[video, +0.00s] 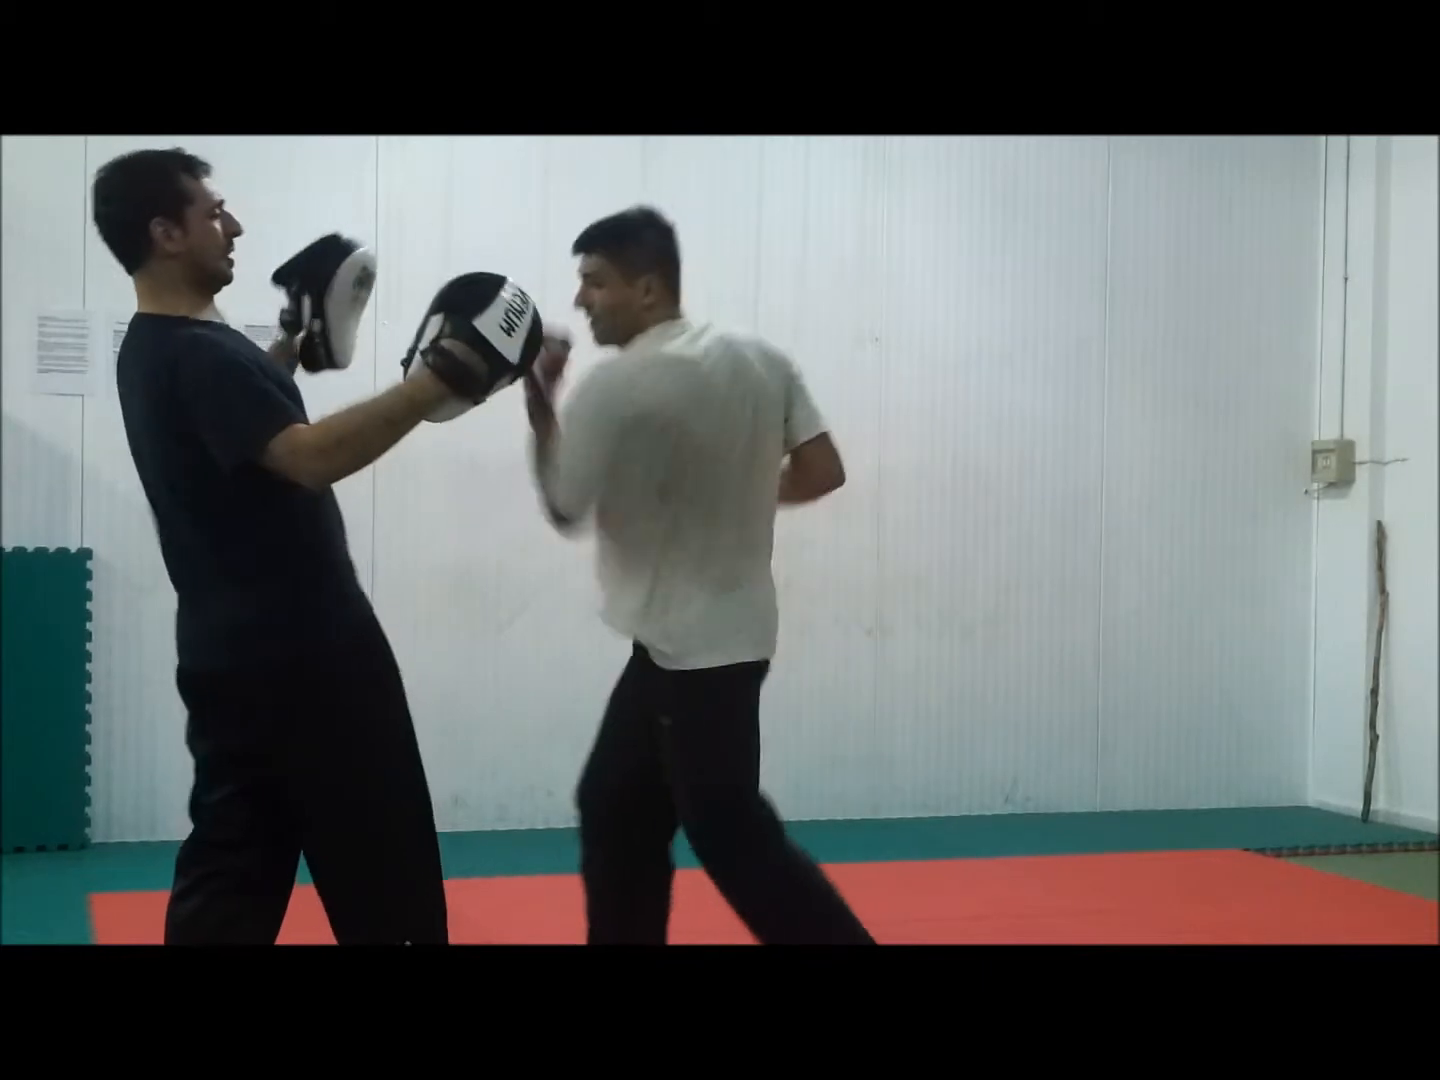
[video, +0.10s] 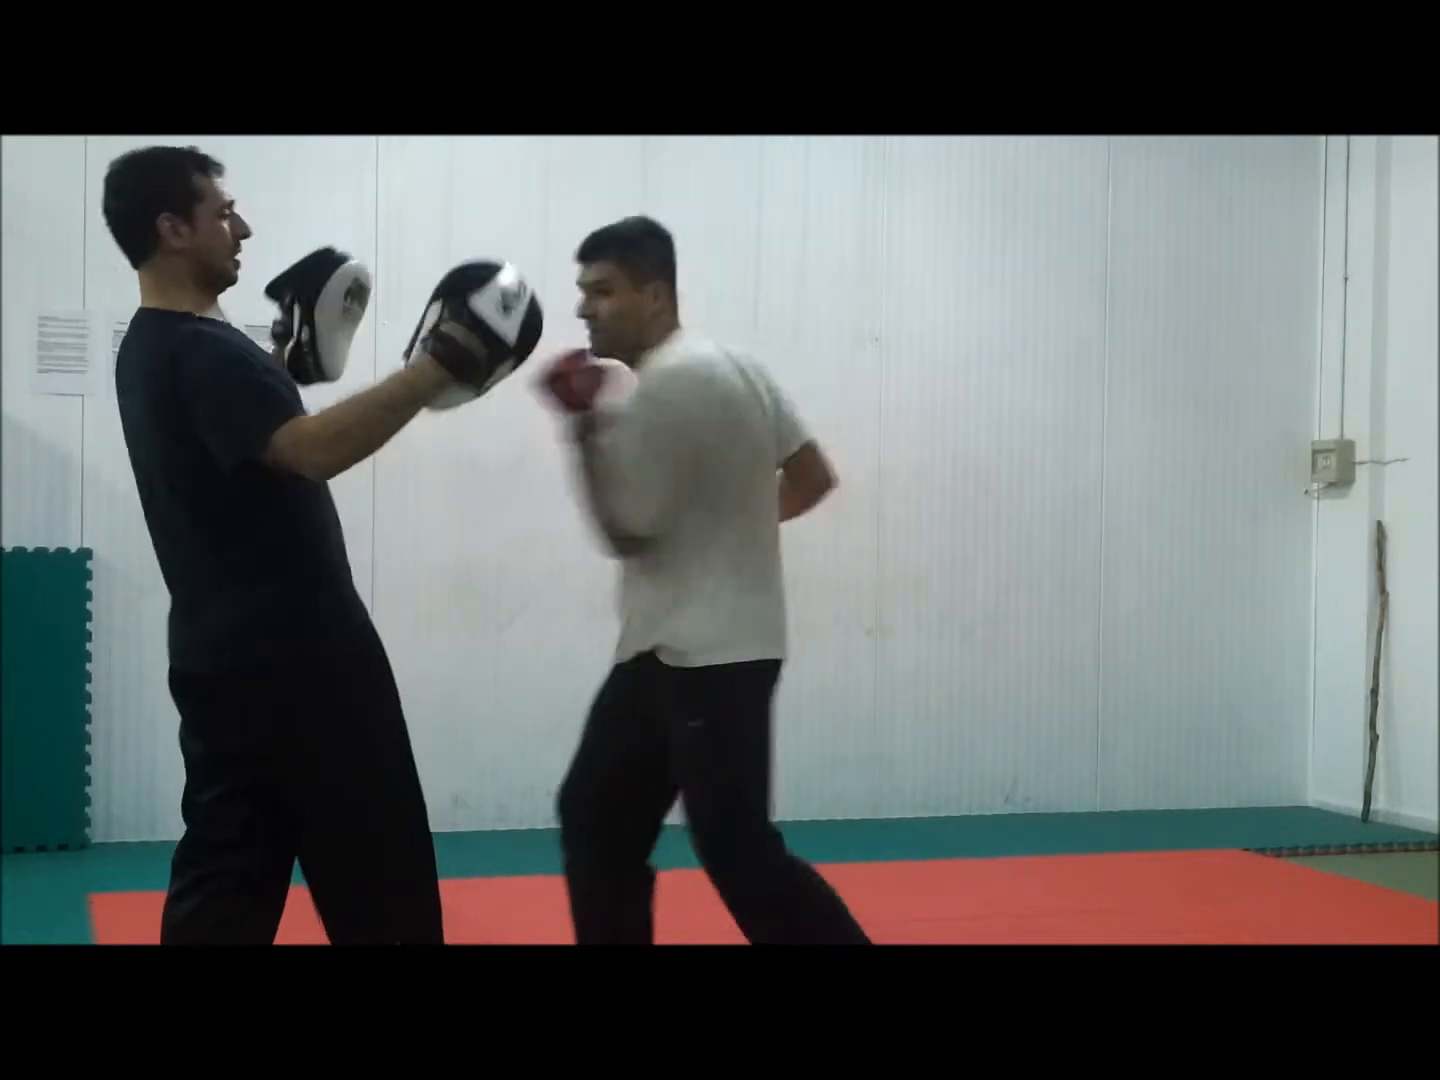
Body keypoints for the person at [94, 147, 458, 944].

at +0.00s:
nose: (233, 221)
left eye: (221, 205)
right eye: (212, 209)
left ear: (161, 240)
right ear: (165, 233)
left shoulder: (148, 348)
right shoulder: (200, 350)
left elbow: (220, 439)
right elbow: (308, 458)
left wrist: (285, 355)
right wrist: (425, 390)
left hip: (229, 650)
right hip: (310, 649)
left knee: (230, 875)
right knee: (389, 878)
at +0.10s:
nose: (242, 225)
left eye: (232, 208)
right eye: (223, 210)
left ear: (167, 235)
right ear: (172, 229)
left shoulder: (146, 347)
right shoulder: (203, 346)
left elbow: (209, 443)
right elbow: (307, 447)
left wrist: (284, 363)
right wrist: (436, 371)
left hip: (220, 659)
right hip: (305, 657)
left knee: (223, 884)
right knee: (384, 885)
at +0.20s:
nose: (242, 225)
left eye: (233, 208)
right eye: (223, 209)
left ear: (168, 234)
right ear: (172, 228)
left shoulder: (145, 349)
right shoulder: (204, 343)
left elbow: (249, 482)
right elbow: (351, 427)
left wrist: (299, 373)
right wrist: (472, 356)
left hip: (216, 662)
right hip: (305, 658)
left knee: (222, 885)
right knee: (380, 890)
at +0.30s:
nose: (243, 223)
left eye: (233, 206)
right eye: (223, 208)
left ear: (163, 234)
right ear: (170, 225)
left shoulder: (142, 351)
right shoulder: (216, 344)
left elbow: (216, 446)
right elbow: (371, 416)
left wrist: (268, 353)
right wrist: (504, 360)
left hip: (214, 659)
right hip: (309, 658)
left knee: (222, 884)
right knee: (380, 889)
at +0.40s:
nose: (267, 219)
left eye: (257, 201)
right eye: (246, 203)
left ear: (193, 230)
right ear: (199, 224)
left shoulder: (155, 344)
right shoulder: (235, 338)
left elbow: (200, 451)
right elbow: (361, 440)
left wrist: (265, 348)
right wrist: (513, 428)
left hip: (217, 661)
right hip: (314, 656)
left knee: (222, 882)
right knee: (384, 882)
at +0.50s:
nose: (281, 224)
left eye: (275, 207)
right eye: (265, 208)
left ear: (207, 229)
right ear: (213, 224)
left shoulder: (164, 344)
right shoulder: (234, 341)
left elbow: (230, 468)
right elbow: (350, 458)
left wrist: (285, 364)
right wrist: (507, 440)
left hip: (219, 660)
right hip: (312, 656)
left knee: (220, 884)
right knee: (387, 881)